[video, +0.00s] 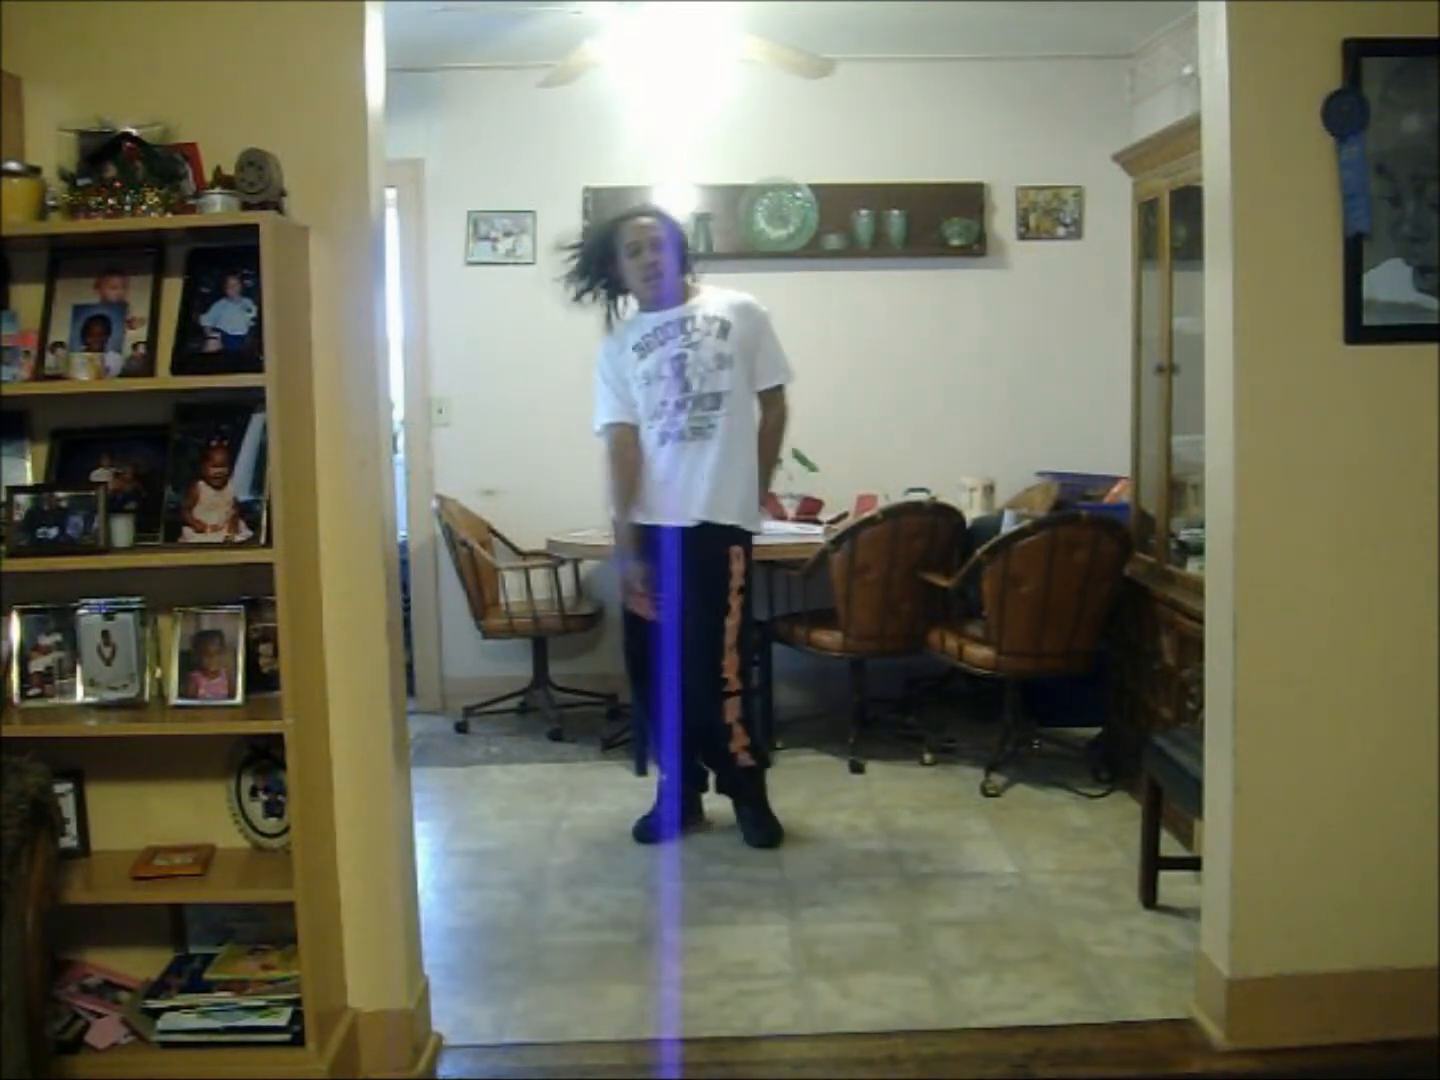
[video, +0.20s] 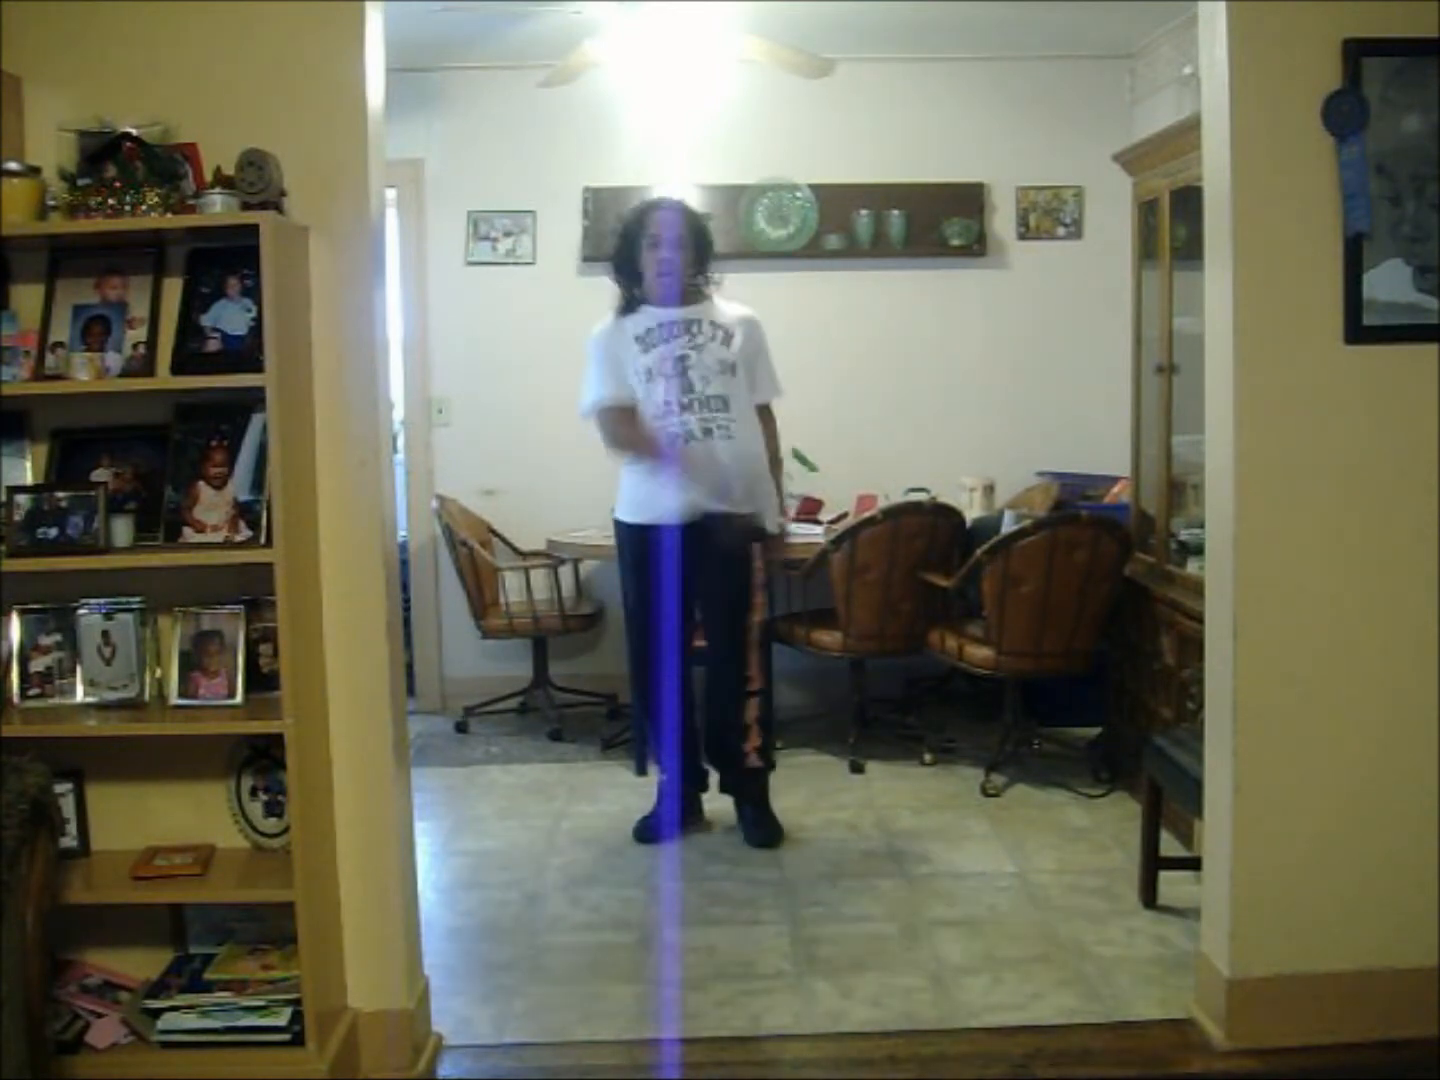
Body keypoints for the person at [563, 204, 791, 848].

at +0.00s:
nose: (651, 259)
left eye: (659, 246)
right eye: (636, 251)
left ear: (682, 253)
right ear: (617, 269)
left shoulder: (738, 315)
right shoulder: (618, 347)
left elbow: (774, 407)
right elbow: (622, 445)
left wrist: (756, 486)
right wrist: (626, 546)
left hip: (726, 511)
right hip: (654, 517)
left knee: (727, 659)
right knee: (663, 663)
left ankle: (749, 793)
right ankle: (679, 791)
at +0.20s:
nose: (668, 256)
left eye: (680, 244)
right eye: (655, 244)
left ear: (700, 254)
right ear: (634, 256)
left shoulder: (739, 327)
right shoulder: (614, 337)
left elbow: (764, 425)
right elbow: (614, 423)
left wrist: (775, 508)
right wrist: (654, 446)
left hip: (733, 512)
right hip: (651, 516)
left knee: (736, 654)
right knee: (659, 656)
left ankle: (749, 789)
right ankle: (678, 790)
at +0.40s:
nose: (683, 253)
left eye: (696, 241)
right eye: (670, 241)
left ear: (717, 251)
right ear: (648, 254)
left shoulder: (753, 331)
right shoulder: (624, 324)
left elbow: (782, 433)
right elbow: (631, 400)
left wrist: (784, 516)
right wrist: (733, 370)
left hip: (746, 509)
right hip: (663, 511)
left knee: (754, 657)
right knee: (665, 658)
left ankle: (748, 784)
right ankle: (677, 791)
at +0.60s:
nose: (702, 268)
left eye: (716, 257)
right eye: (691, 257)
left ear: (739, 267)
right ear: (674, 267)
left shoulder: (775, 347)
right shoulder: (647, 342)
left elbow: (773, 462)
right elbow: (630, 438)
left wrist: (752, 556)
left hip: (756, 513)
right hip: (677, 514)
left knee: (762, 660)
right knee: (661, 651)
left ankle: (753, 788)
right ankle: (652, 772)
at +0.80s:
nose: (705, 273)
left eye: (718, 262)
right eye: (693, 262)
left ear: (741, 269)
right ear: (674, 268)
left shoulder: (780, 338)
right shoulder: (641, 340)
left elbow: (789, 451)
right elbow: (623, 437)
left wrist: (763, 541)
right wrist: (625, 517)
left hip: (756, 519)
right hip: (672, 522)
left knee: (756, 666)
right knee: (669, 674)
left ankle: (755, 796)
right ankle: (649, 832)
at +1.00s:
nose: (694, 249)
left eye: (707, 238)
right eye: (680, 238)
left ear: (727, 255)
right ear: (657, 256)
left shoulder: (762, 346)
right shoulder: (626, 340)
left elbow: (775, 466)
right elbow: (622, 447)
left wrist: (743, 558)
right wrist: (638, 520)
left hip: (737, 533)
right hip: (652, 535)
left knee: (746, 676)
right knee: (662, 697)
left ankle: (751, 789)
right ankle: (653, 861)